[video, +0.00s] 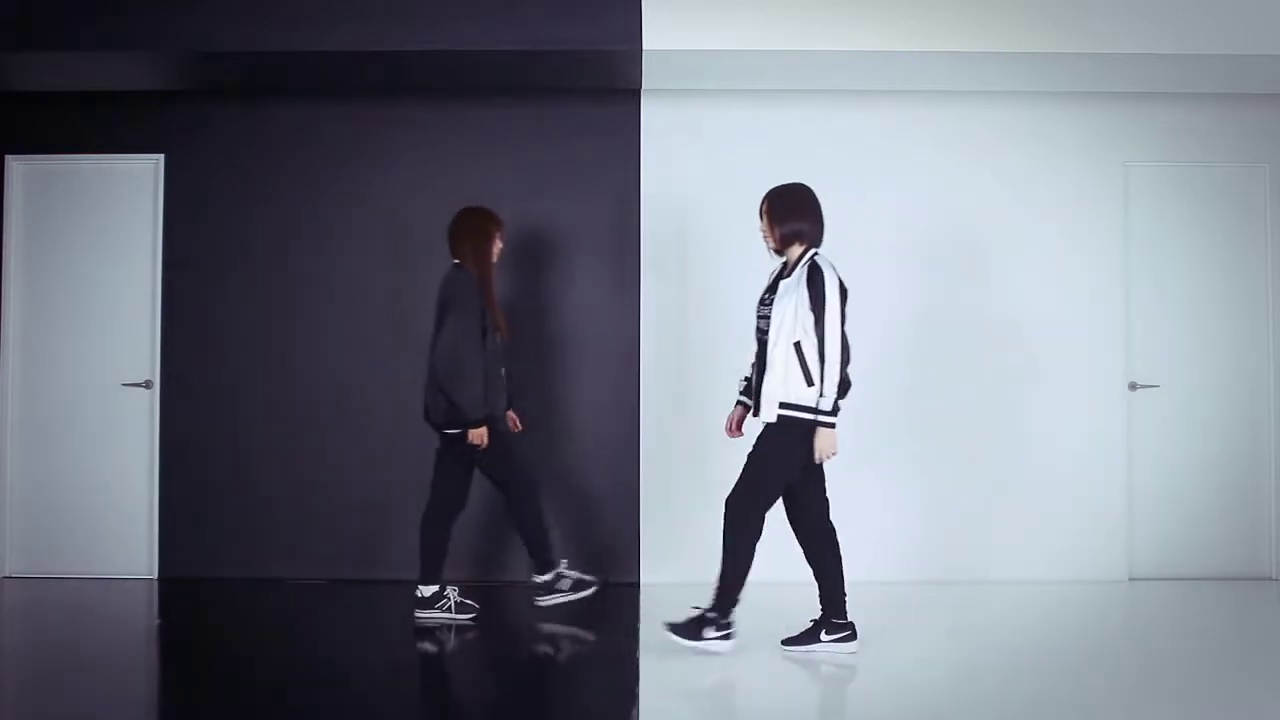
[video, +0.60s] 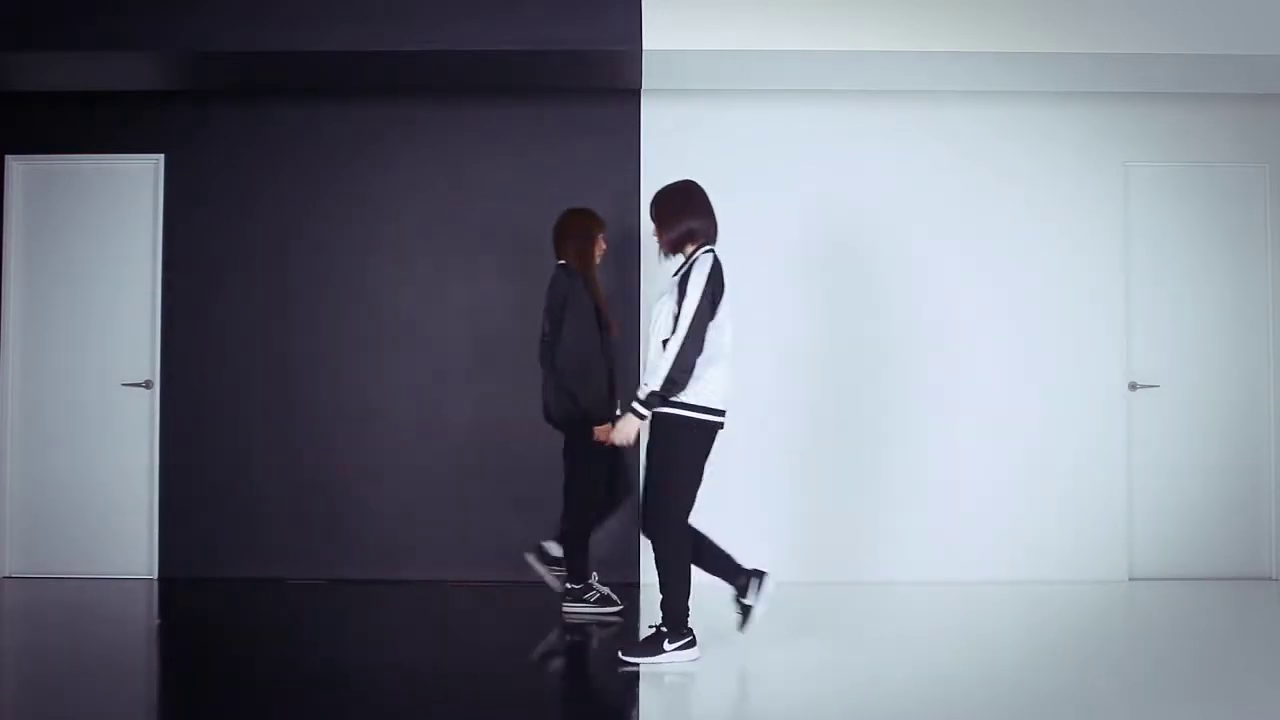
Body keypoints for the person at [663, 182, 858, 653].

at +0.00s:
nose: (762, 231)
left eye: (767, 221)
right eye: (762, 221)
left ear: (788, 221)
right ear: (796, 221)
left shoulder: (821, 273)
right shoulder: (781, 277)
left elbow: (834, 352)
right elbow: (767, 348)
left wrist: (826, 421)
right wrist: (745, 400)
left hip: (797, 421)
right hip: (783, 418)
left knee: (743, 506)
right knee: (811, 522)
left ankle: (719, 615)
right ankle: (836, 620)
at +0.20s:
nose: (726, 238)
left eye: (731, 228)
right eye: (726, 229)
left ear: (753, 228)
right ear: (763, 227)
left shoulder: (777, 275)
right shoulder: (754, 278)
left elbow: (786, 354)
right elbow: (755, 356)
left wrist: (781, 431)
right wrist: (735, 425)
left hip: (756, 427)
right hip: (752, 426)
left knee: (721, 529)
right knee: (793, 525)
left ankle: (682, 629)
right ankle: (833, 618)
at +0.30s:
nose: (708, 235)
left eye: (712, 225)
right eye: (707, 226)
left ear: (733, 224)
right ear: (744, 224)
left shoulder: (758, 272)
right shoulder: (737, 272)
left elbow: (755, 350)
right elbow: (738, 350)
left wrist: (745, 425)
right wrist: (724, 422)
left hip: (732, 423)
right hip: (733, 421)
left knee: (706, 526)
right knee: (774, 521)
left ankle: (680, 630)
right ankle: (825, 610)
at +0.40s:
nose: (687, 234)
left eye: (691, 225)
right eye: (686, 225)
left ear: (712, 222)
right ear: (724, 220)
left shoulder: (738, 268)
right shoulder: (719, 270)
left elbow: (726, 348)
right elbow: (710, 347)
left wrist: (703, 420)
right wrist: (691, 414)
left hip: (718, 418)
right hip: (712, 416)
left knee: (694, 524)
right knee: (743, 517)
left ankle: (678, 629)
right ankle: (813, 603)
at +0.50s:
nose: (670, 234)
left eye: (674, 224)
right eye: (670, 224)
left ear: (695, 222)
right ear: (707, 220)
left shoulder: (721, 269)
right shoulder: (704, 270)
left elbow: (701, 347)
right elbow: (689, 348)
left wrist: (666, 414)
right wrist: (662, 410)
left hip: (701, 415)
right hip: (692, 414)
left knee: (678, 525)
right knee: (698, 522)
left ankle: (676, 631)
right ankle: (784, 590)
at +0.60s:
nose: (656, 234)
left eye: (660, 224)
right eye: (655, 225)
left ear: (679, 221)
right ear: (691, 219)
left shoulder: (705, 267)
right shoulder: (689, 269)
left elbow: (682, 349)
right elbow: (669, 350)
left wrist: (638, 411)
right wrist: (635, 411)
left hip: (690, 412)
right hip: (674, 410)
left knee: (665, 519)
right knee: (659, 518)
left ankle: (675, 631)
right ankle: (742, 579)